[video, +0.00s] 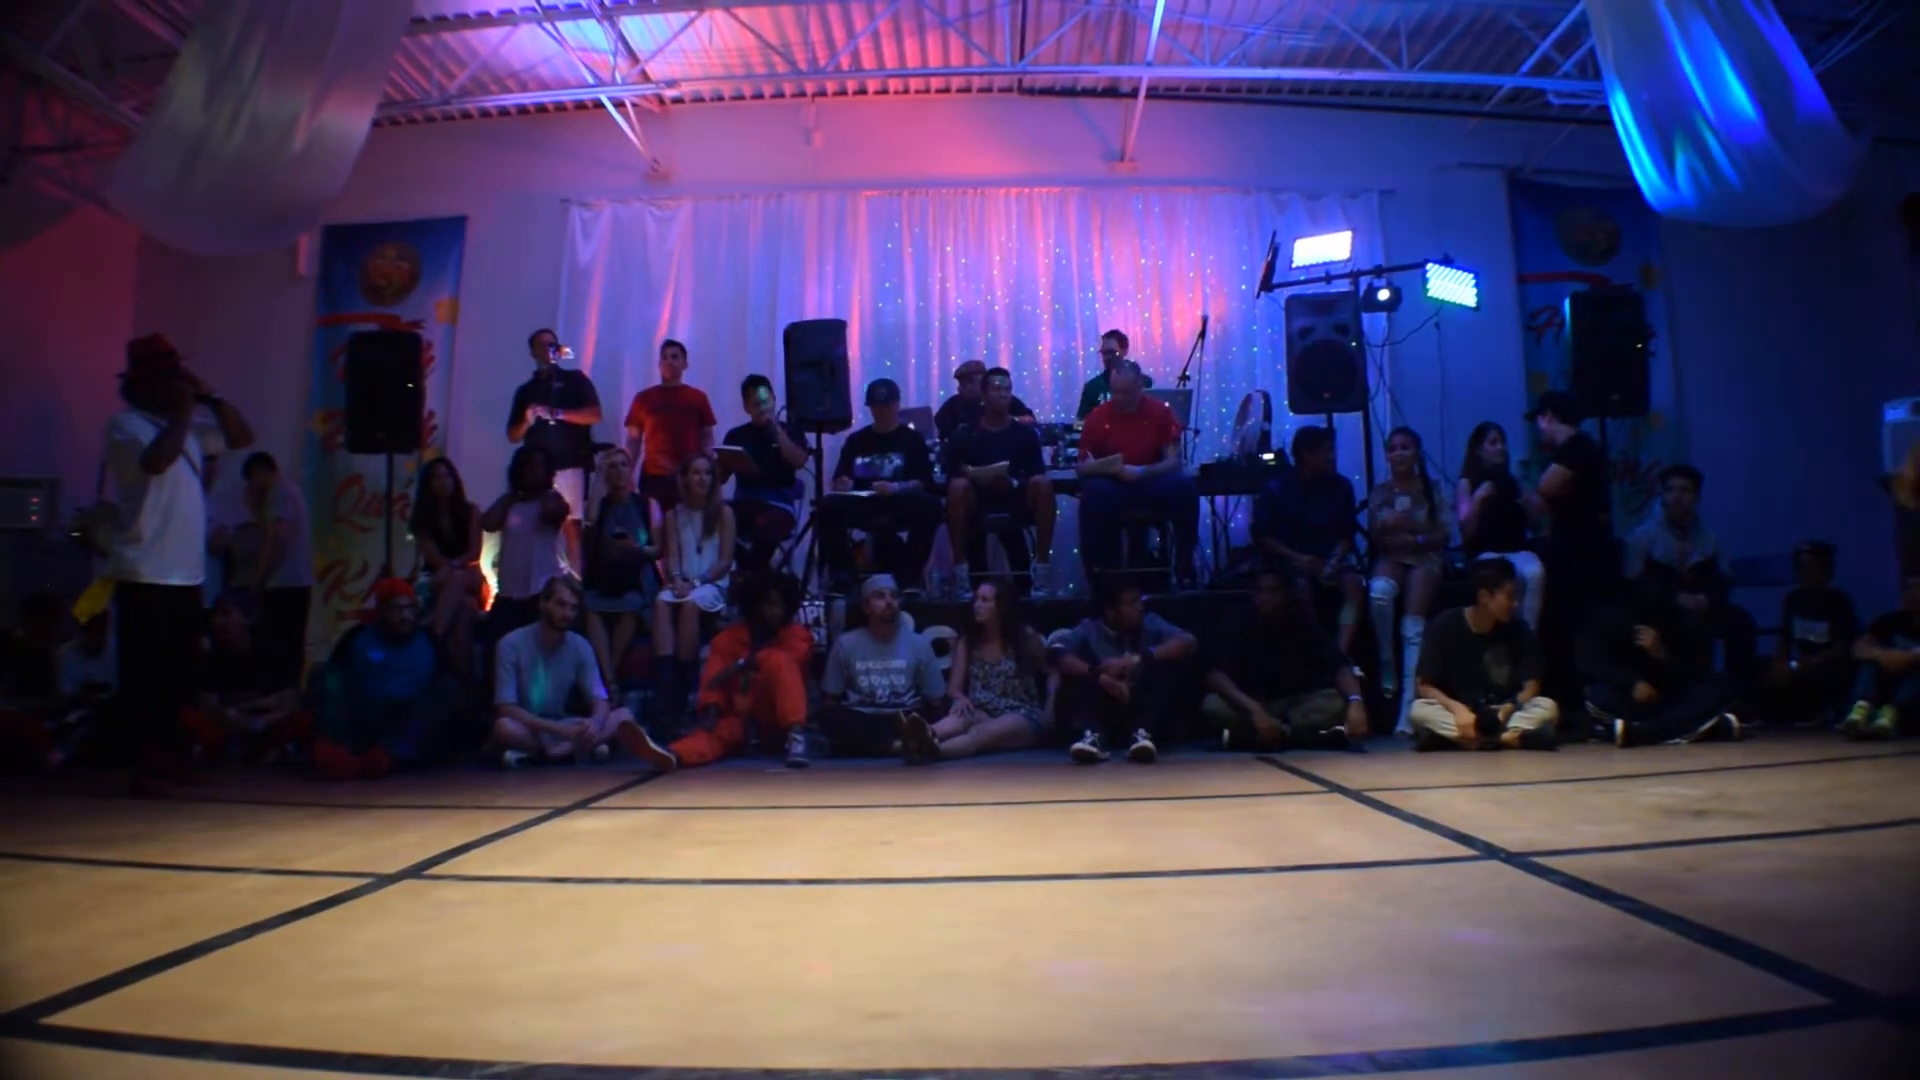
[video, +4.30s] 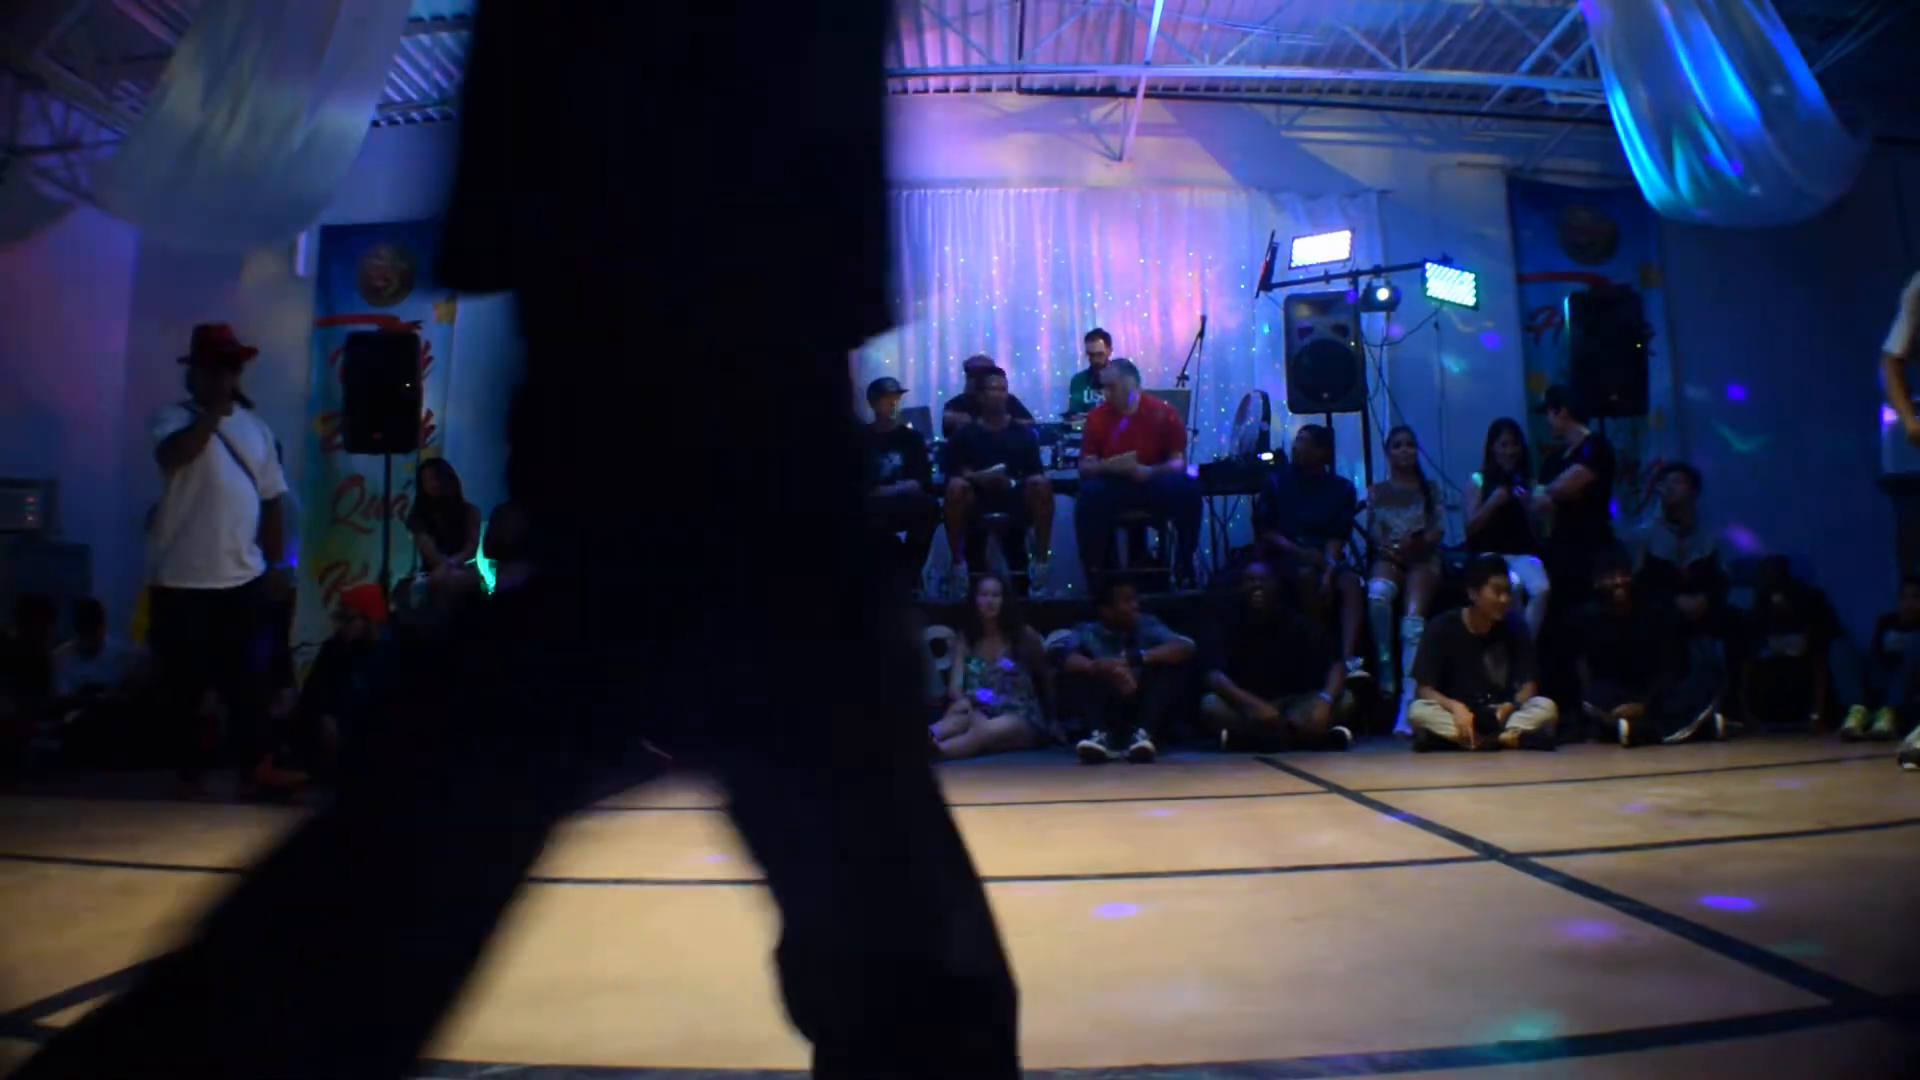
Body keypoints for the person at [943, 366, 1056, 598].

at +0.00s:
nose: (1002, 393)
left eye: (1006, 388)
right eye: (996, 388)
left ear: (1011, 393)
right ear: (984, 394)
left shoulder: (1024, 432)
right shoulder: (967, 430)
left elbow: (1036, 470)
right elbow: (950, 465)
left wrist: (1009, 480)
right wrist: (975, 473)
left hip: (1013, 491)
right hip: (979, 492)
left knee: (1042, 485)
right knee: (958, 486)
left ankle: (1042, 563)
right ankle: (960, 567)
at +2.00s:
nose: (994, 412)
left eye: (1000, 405)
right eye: (989, 405)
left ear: (1009, 405)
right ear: (981, 404)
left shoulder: (1023, 433)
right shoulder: (965, 433)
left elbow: (1034, 470)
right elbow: (950, 470)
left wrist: (1008, 478)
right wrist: (975, 474)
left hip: (1012, 490)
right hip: (977, 491)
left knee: (1041, 487)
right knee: (956, 489)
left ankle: (1041, 563)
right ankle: (960, 566)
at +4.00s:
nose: (984, 398)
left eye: (990, 390)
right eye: (978, 391)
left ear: (1004, 394)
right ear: (972, 397)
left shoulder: (1022, 432)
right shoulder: (965, 433)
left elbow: (1035, 473)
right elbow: (953, 472)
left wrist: (1010, 481)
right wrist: (981, 477)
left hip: (1013, 492)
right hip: (978, 493)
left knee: (1040, 486)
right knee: (957, 488)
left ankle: (1041, 562)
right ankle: (957, 564)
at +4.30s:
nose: (999, 394)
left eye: (1003, 389)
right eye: (993, 389)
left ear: (1008, 394)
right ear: (981, 395)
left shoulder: (1022, 432)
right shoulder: (966, 433)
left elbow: (1035, 471)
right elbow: (954, 468)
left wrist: (1010, 481)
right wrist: (979, 477)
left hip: (1013, 490)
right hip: (978, 491)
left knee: (1040, 486)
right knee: (957, 487)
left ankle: (1041, 562)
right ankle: (958, 564)